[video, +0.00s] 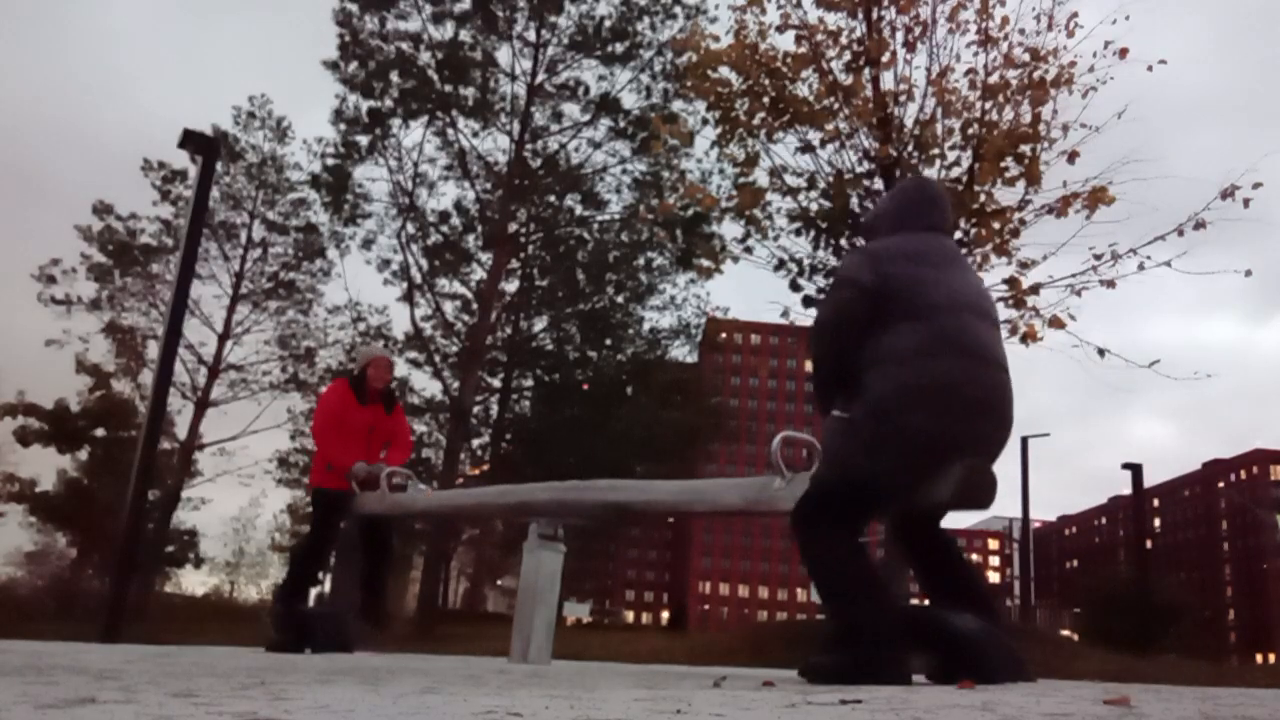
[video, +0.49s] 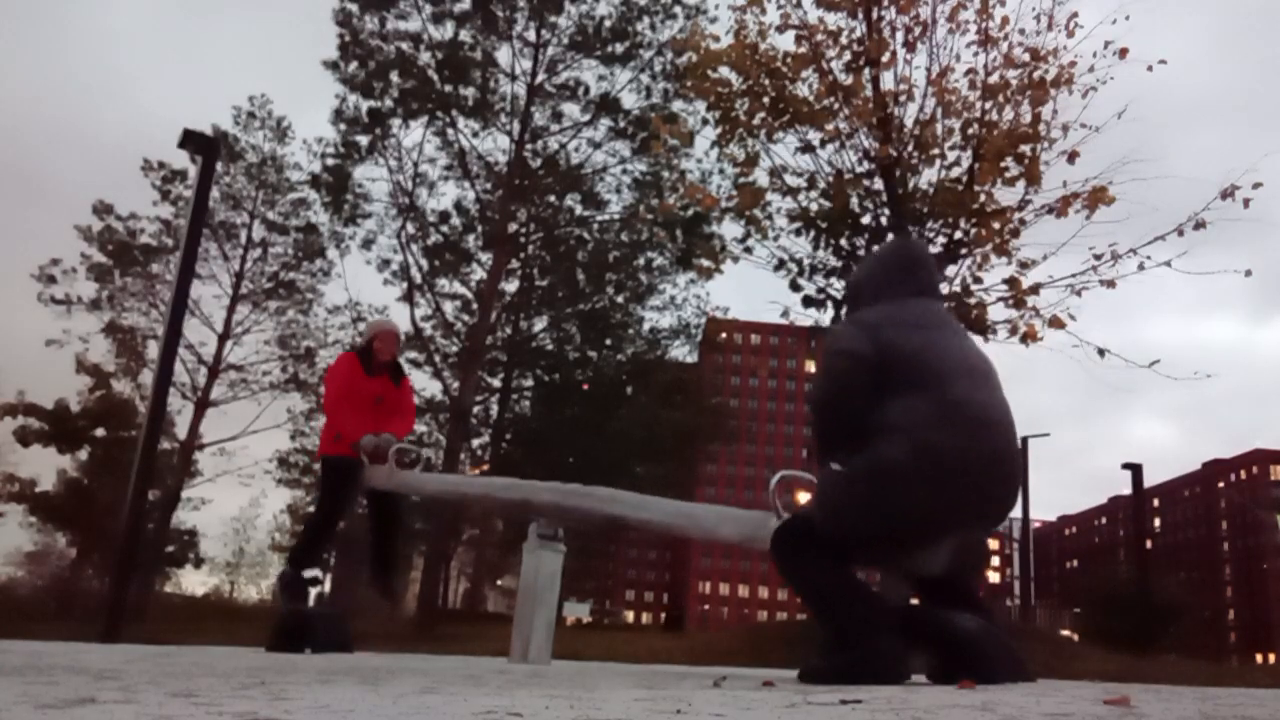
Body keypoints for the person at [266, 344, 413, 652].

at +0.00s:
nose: (382, 374)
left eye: (387, 369)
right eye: (376, 367)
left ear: (392, 374)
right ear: (363, 369)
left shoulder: (390, 405)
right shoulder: (340, 391)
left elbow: (403, 444)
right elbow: (322, 432)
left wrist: (386, 464)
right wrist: (351, 465)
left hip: (371, 491)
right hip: (332, 484)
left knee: (378, 550)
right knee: (319, 545)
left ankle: (371, 618)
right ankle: (287, 608)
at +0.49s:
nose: (388, 347)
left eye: (394, 342)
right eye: (383, 340)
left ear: (399, 347)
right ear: (371, 341)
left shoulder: (400, 381)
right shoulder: (347, 364)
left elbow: (407, 418)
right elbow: (334, 405)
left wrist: (389, 437)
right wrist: (360, 437)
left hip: (381, 460)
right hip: (342, 452)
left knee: (389, 521)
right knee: (330, 513)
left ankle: (384, 590)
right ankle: (295, 574)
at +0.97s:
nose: (388, 334)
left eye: (393, 329)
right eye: (383, 328)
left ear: (399, 333)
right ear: (370, 330)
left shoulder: (399, 364)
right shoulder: (350, 353)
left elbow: (409, 402)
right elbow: (341, 397)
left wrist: (392, 427)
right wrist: (364, 428)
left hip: (383, 449)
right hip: (345, 443)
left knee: (391, 511)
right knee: (339, 501)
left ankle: (389, 583)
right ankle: (305, 563)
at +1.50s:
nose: (365, 419)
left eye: (369, 413)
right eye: (359, 412)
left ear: (374, 416)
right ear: (346, 413)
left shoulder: (375, 450)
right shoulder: (322, 437)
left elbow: (382, 488)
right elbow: (310, 481)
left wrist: (368, 508)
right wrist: (339, 506)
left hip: (358, 527)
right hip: (320, 521)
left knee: (372, 577)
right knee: (312, 574)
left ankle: (362, 638)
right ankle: (268, 626)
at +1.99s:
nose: (352, 466)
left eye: (357, 461)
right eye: (347, 459)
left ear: (362, 466)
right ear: (332, 461)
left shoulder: (361, 495)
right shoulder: (306, 483)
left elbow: (366, 533)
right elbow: (290, 523)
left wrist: (359, 546)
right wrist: (334, 541)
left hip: (348, 564)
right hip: (308, 560)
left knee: (379, 586)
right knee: (325, 588)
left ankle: (359, 644)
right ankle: (277, 637)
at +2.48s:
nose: (378, 410)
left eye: (381, 405)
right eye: (373, 404)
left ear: (384, 408)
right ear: (358, 404)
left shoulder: (383, 440)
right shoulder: (331, 426)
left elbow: (388, 478)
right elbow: (308, 464)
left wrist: (373, 495)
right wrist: (343, 487)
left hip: (362, 517)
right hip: (323, 510)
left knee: (379, 568)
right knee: (316, 566)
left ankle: (362, 635)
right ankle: (275, 630)